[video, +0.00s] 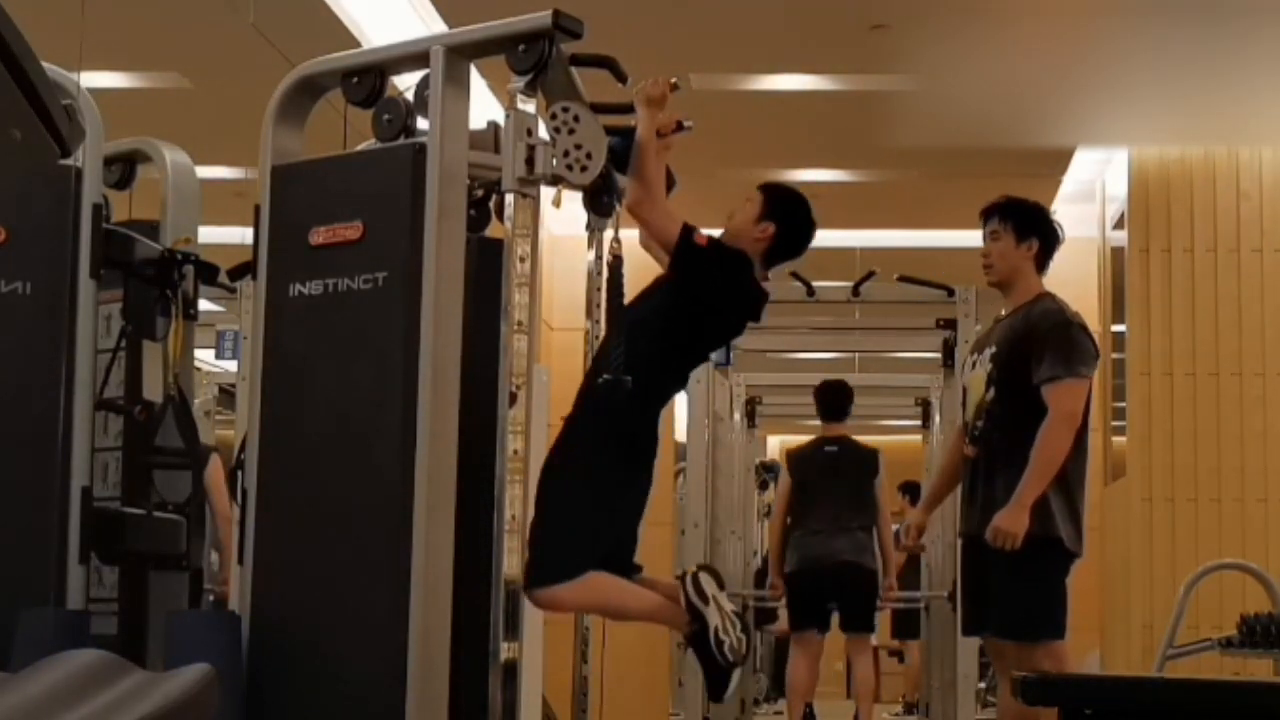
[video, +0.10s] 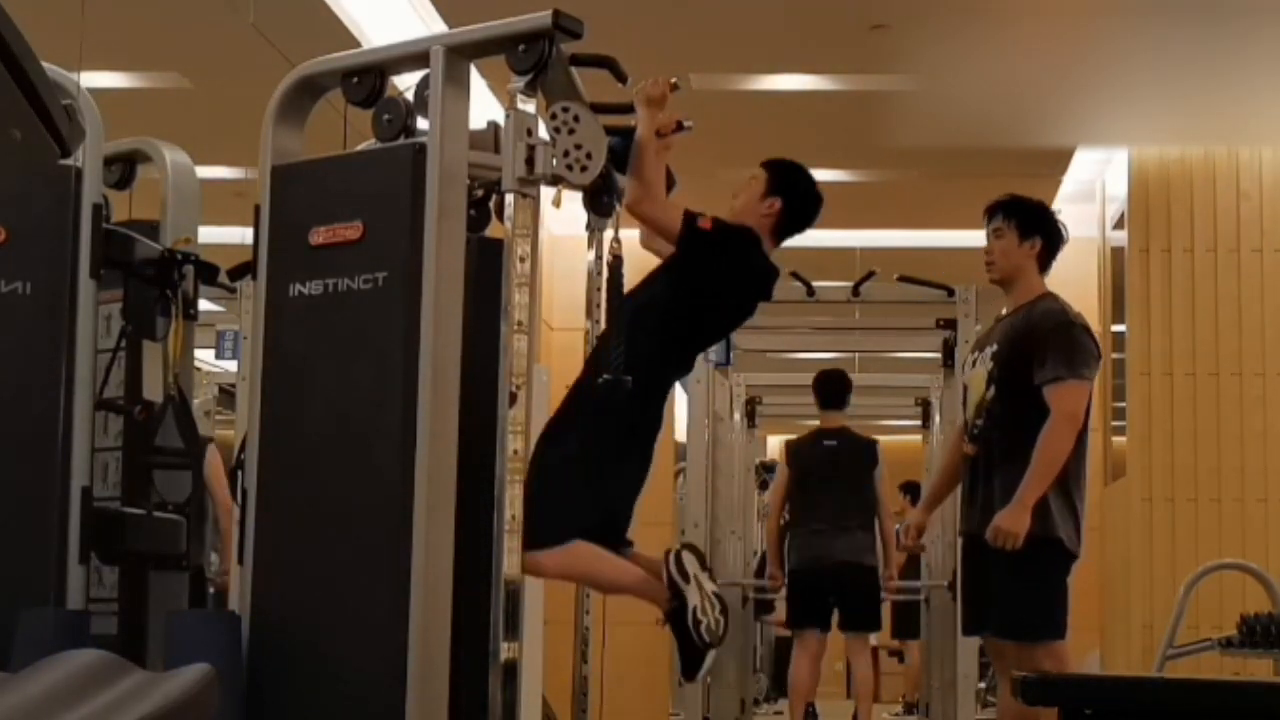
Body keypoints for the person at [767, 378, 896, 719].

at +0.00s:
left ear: (817, 409)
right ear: (850, 409)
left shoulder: (794, 457)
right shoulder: (870, 457)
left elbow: (778, 518)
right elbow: (883, 519)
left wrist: (774, 569)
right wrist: (890, 571)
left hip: (807, 566)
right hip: (857, 566)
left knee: (804, 647)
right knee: (860, 647)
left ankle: (797, 715)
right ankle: (864, 714)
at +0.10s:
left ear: (815, 399)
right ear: (848, 398)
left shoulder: (794, 449)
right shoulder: (869, 449)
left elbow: (774, 512)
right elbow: (886, 513)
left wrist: (773, 563)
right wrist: (891, 566)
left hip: (808, 564)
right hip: (856, 563)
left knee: (806, 648)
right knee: (859, 650)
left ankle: (798, 715)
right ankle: (863, 715)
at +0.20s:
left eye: (818, 394)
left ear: (814, 398)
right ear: (847, 397)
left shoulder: (792, 447)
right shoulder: (869, 446)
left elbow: (771, 509)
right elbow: (887, 510)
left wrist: (772, 561)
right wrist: (891, 559)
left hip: (807, 567)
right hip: (857, 565)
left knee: (805, 650)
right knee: (859, 650)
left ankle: (797, 716)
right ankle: (864, 715)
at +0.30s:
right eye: (842, 396)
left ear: (812, 399)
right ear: (846, 398)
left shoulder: (791, 447)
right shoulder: (867, 446)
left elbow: (771, 508)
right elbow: (885, 511)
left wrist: (772, 560)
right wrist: (890, 559)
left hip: (807, 568)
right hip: (857, 567)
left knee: (805, 651)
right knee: (859, 651)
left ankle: (797, 715)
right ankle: (864, 715)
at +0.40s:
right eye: (840, 396)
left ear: (811, 399)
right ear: (845, 398)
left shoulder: (790, 448)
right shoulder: (866, 447)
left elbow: (771, 508)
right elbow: (884, 510)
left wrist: (772, 559)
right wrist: (890, 559)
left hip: (806, 568)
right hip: (855, 567)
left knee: (805, 649)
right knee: (858, 650)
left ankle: (797, 716)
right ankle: (864, 715)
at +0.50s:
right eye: (841, 396)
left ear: (811, 399)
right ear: (845, 398)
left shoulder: (790, 448)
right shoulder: (866, 447)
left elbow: (770, 509)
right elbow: (884, 510)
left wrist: (772, 560)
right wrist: (889, 558)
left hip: (805, 567)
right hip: (854, 566)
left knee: (805, 649)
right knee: (857, 649)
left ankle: (797, 715)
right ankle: (864, 714)